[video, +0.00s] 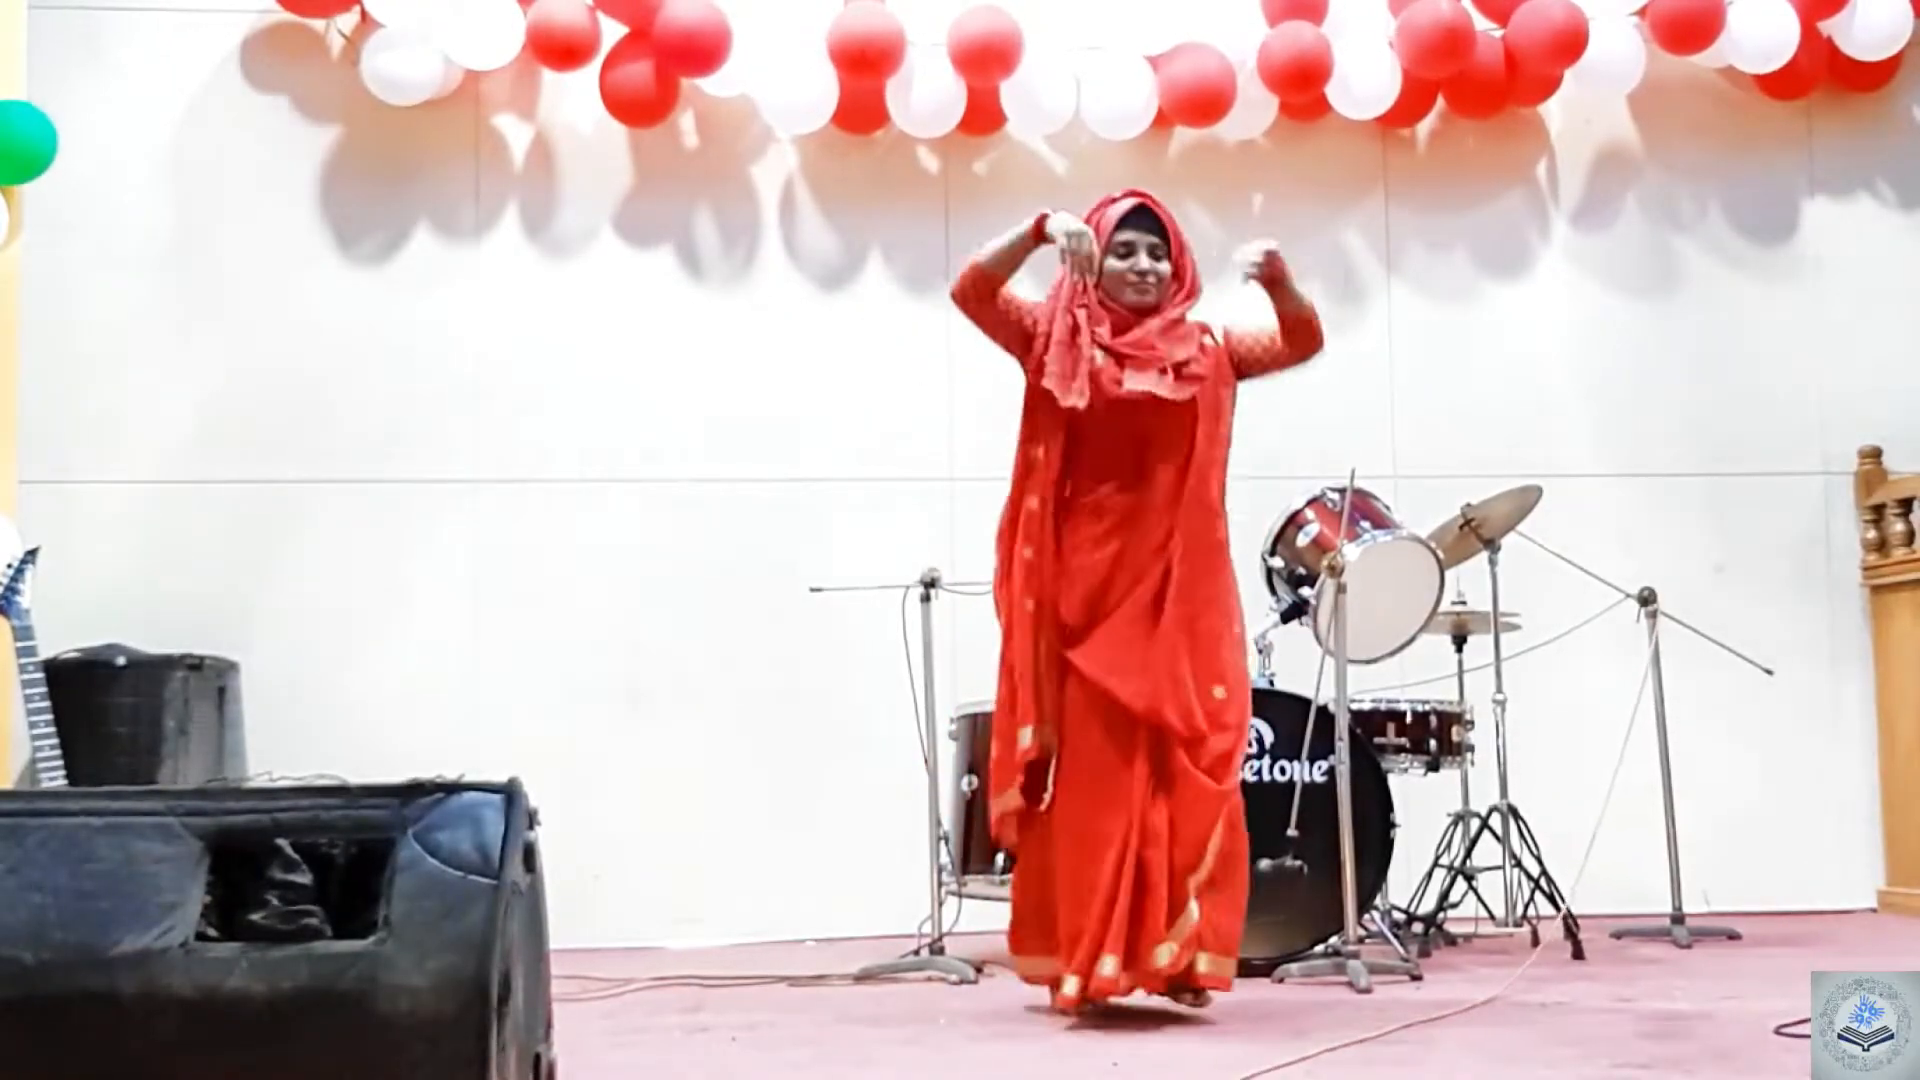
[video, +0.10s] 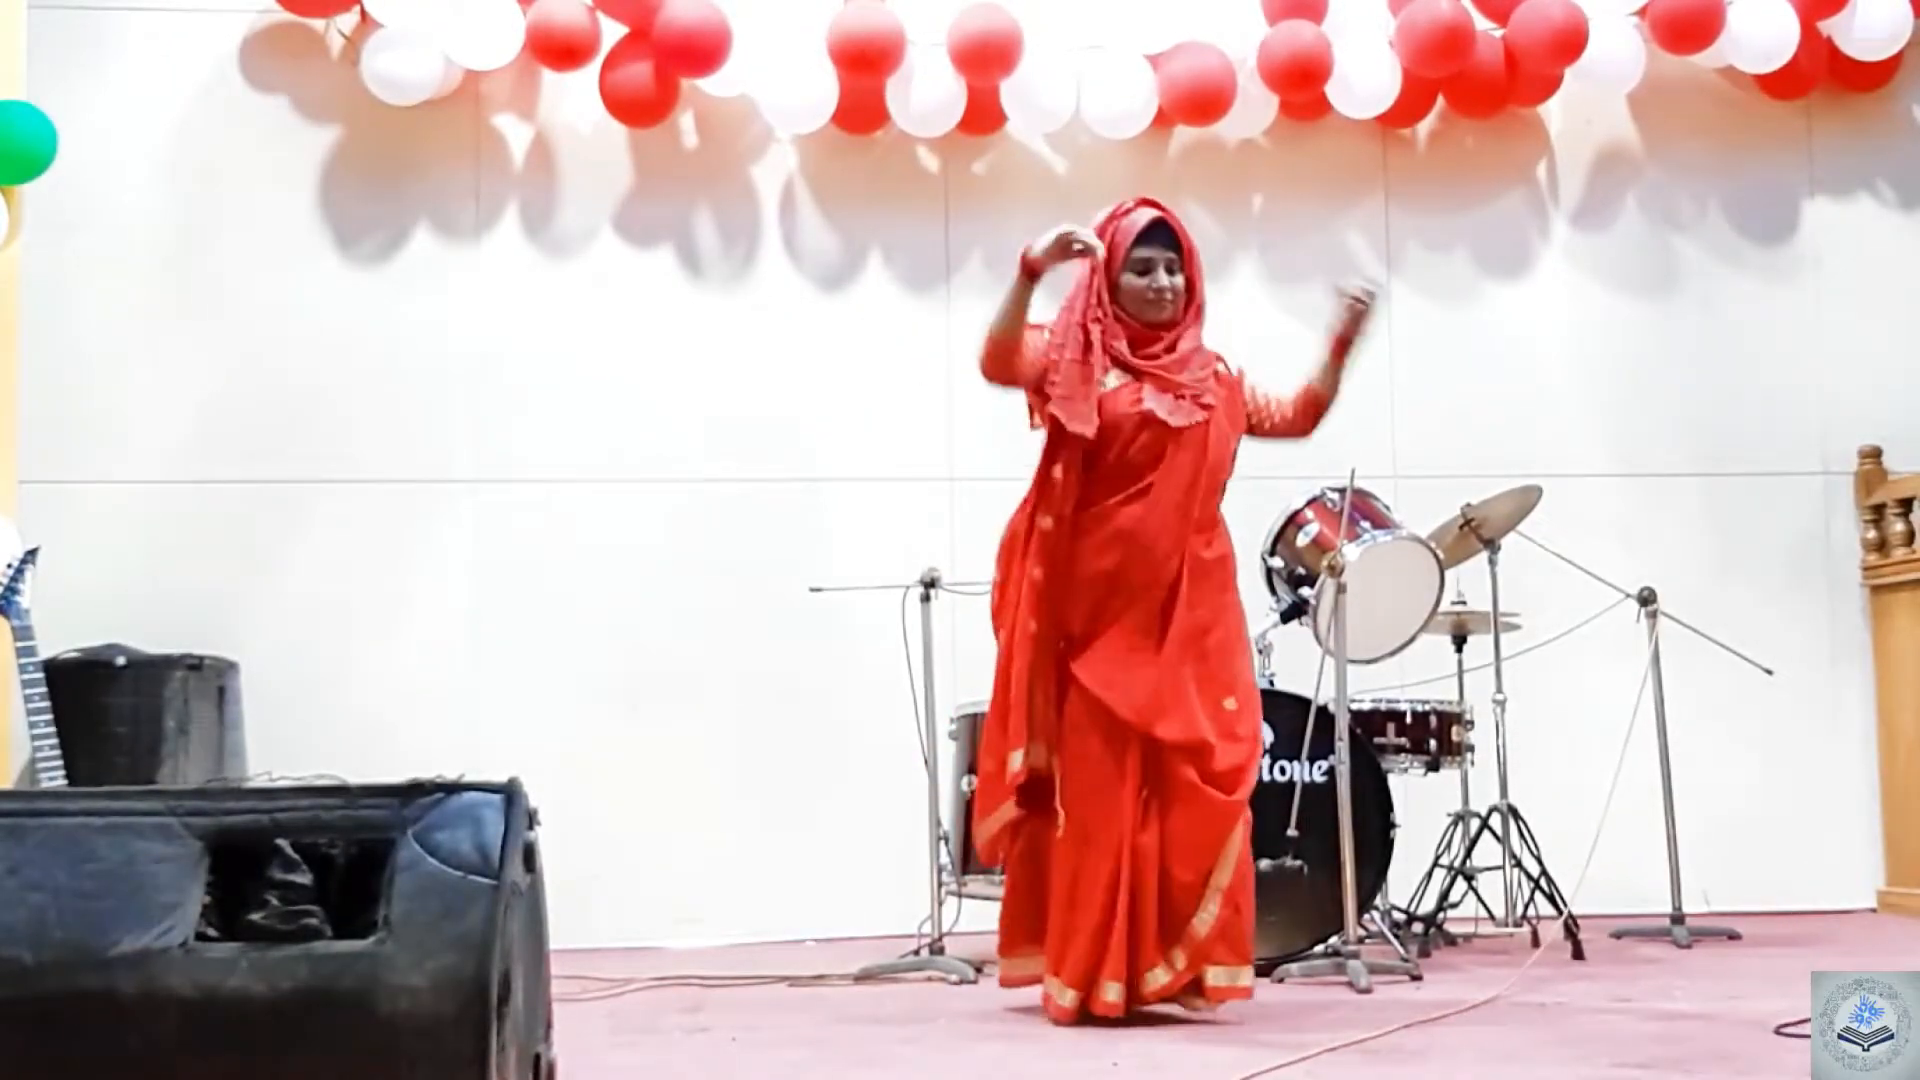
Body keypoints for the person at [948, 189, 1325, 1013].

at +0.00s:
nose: (1139, 264)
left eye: (1153, 252)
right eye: (1124, 252)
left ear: (1174, 268)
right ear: (1094, 265)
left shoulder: (1207, 348)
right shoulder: (1057, 335)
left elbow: (1301, 344)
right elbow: (972, 293)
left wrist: (1282, 288)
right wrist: (1031, 235)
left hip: (1182, 592)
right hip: (1081, 589)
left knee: (1193, 770)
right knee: (1090, 769)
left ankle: (1182, 964)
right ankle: (1086, 968)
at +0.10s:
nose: (1159, 281)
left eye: (1172, 268)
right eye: (1141, 268)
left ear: (1191, 280)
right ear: (1110, 278)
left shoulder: (1215, 381)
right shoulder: (1077, 361)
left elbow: (1298, 417)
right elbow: (998, 364)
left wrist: (1339, 346)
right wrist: (1029, 276)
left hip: (1190, 613)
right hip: (1090, 614)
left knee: (1199, 788)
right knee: (1098, 792)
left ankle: (1176, 975)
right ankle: (1093, 977)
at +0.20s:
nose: (1175, 298)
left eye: (1187, 284)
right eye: (1158, 284)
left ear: (1205, 293)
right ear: (1123, 290)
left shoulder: (1218, 386)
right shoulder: (1098, 374)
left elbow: (1273, 468)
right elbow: (1075, 457)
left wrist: (1374, 462)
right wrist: (1043, 388)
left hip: (1204, 609)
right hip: (1108, 610)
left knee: (1206, 781)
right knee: (1109, 783)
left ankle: (1176, 975)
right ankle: (1102, 973)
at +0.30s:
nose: (1192, 317)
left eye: (1201, 302)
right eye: (1173, 304)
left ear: (1217, 310)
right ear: (1137, 313)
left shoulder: (1225, 404)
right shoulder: (1103, 392)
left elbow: (1290, 501)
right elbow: (1092, 468)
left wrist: (1384, 552)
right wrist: (1079, 396)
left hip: (1223, 628)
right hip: (1125, 630)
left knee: (1253, 786)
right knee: (1173, 782)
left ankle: (1171, 967)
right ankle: (1093, 912)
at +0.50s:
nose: (1236, 272)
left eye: (1241, 260)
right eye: (1216, 260)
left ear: (1251, 276)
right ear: (1169, 277)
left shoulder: (1255, 374)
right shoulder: (1141, 348)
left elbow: (1327, 461)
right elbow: (1178, 298)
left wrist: (1422, 509)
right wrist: (1250, 224)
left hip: (1257, 588)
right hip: (1201, 589)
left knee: (1208, 776)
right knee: (1360, 722)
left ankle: (1153, 971)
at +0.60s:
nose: (1256, 271)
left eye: (1260, 259)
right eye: (1234, 261)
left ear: (1267, 264)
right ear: (1189, 269)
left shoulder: (1282, 344)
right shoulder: (1171, 336)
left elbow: (1342, 423)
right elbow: (1240, 334)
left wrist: (1446, 423)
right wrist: (1347, 289)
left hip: (1318, 570)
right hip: (1249, 570)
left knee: (1267, 770)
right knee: (1375, 744)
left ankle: (1164, 942)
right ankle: (1423, 959)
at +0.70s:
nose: (1264, 304)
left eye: (1269, 291)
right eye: (1244, 295)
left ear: (1281, 299)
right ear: (1203, 308)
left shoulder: (1281, 389)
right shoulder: (1207, 393)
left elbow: (1357, 432)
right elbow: (1299, 450)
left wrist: (1437, 393)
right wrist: (1426, 435)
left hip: (1348, 594)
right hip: (1295, 598)